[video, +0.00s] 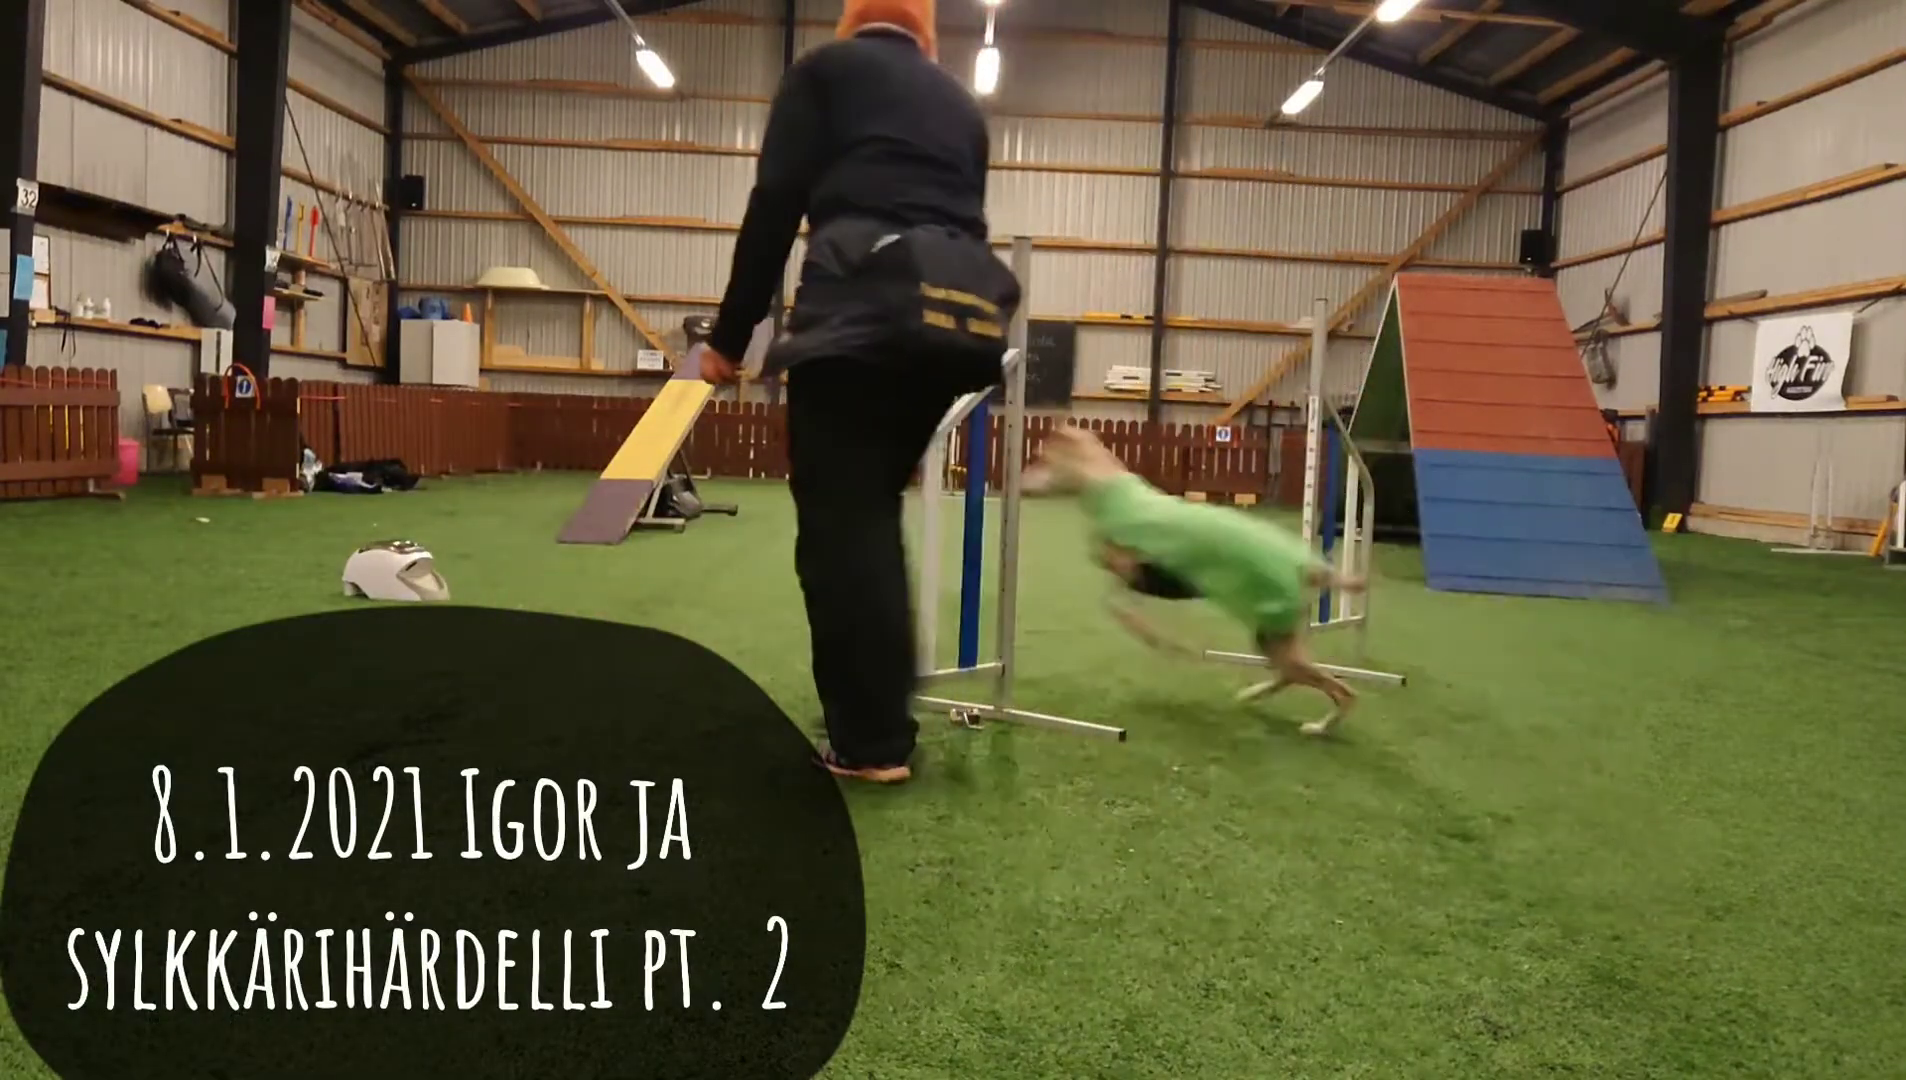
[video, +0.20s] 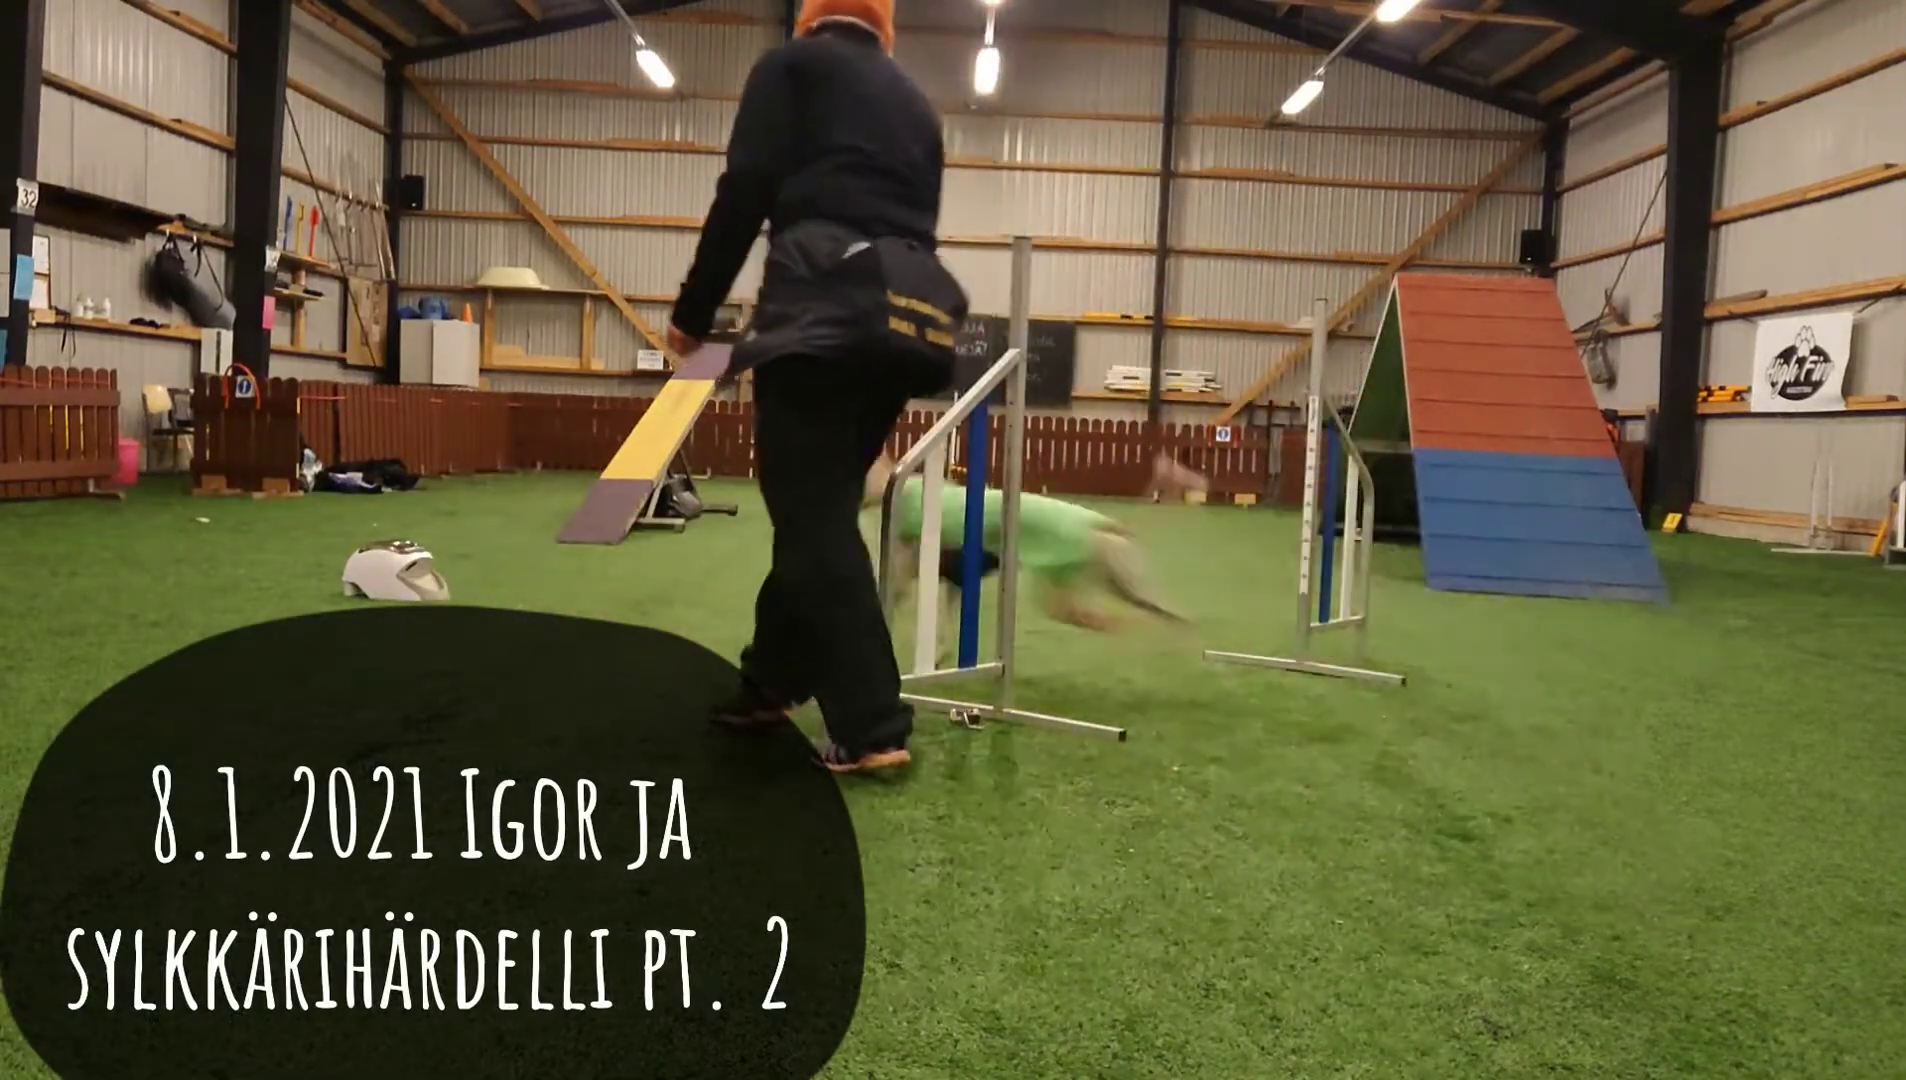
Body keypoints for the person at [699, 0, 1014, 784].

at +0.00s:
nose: (837, 31)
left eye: (839, 23)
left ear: (851, 25)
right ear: (925, 39)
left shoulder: (823, 68)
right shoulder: (962, 104)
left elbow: (775, 204)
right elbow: (963, 227)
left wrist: (729, 338)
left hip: (855, 315)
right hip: (963, 327)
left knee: (839, 522)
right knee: (870, 503)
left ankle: (873, 743)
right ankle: (884, 710)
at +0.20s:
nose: (797, 31)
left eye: (799, 22)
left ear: (812, 22)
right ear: (883, 37)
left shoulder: (790, 63)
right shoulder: (917, 106)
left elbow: (746, 188)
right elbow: (911, 234)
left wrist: (691, 314)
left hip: (813, 311)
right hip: (906, 324)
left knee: (814, 518)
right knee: (817, 515)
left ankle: (875, 731)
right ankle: (768, 685)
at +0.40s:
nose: (760, 26)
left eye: (763, 18)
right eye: (767, 22)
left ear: (779, 15)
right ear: (849, 31)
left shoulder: (765, 59)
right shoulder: (873, 100)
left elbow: (725, 177)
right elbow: (864, 224)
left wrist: (666, 295)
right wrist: (756, 316)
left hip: (796, 305)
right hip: (875, 317)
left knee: (785, 507)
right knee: (801, 507)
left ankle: (867, 705)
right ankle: (771, 694)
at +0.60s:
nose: (745, 32)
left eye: (747, 24)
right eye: (748, 28)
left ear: (768, 16)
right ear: (827, 25)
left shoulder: (765, 47)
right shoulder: (855, 90)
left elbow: (732, 166)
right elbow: (844, 213)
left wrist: (677, 283)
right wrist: (754, 317)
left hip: (803, 295)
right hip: (871, 305)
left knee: (786, 497)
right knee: (805, 499)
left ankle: (876, 686)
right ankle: (775, 693)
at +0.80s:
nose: (755, 21)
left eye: (759, 15)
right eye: (757, 18)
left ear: (776, 8)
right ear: (842, 16)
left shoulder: (780, 43)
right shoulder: (864, 80)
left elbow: (756, 164)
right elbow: (852, 209)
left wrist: (699, 279)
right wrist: (764, 310)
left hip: (815, 290)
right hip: (877, 298)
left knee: (805, 489)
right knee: (811, 492)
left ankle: (919, 668)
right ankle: (776, 695)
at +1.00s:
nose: (784, 16)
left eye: (790, 5)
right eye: (786, 10)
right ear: (880, 8)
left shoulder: (822, 44)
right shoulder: (899, 72)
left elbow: (791, 180)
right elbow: (887, 212)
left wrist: (724, 293)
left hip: (843, 310)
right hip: (893, 313)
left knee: (841, 510)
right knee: (824, 515)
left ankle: (972, 679)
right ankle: (780, 696)